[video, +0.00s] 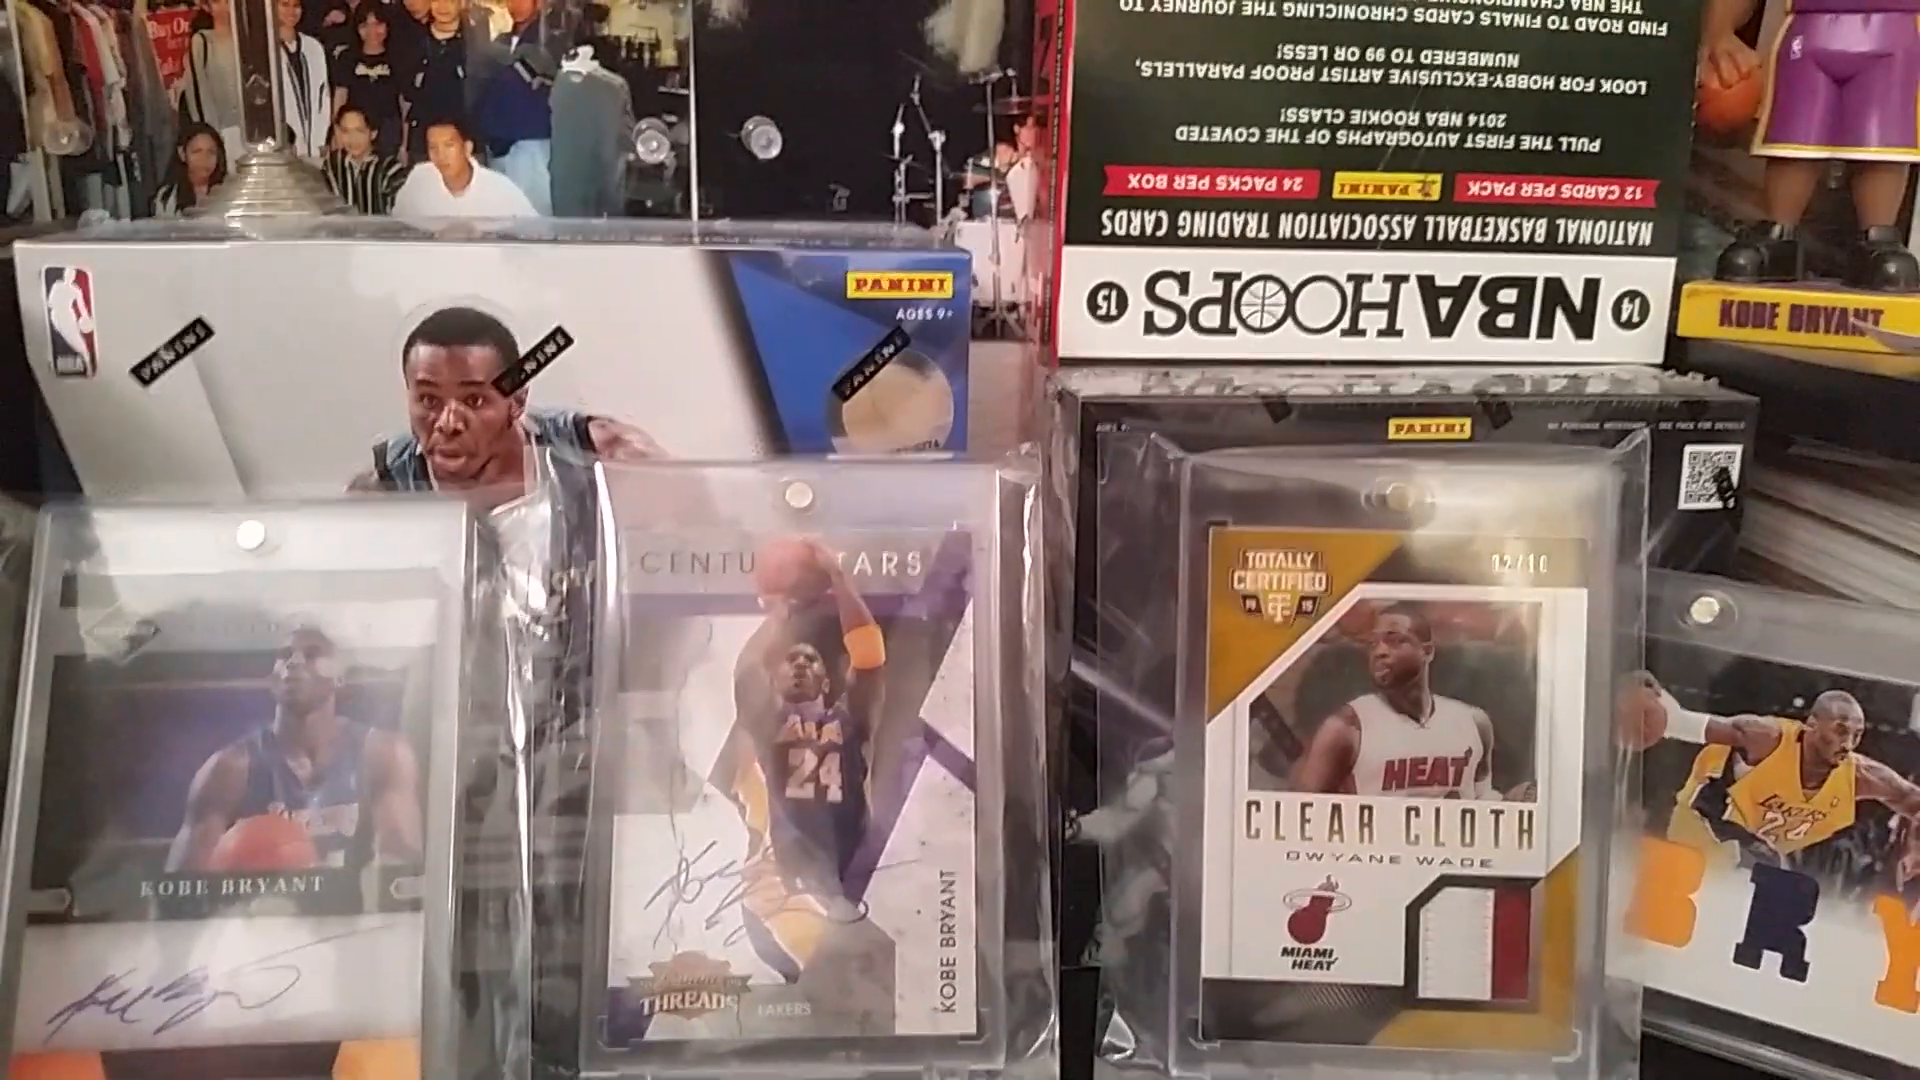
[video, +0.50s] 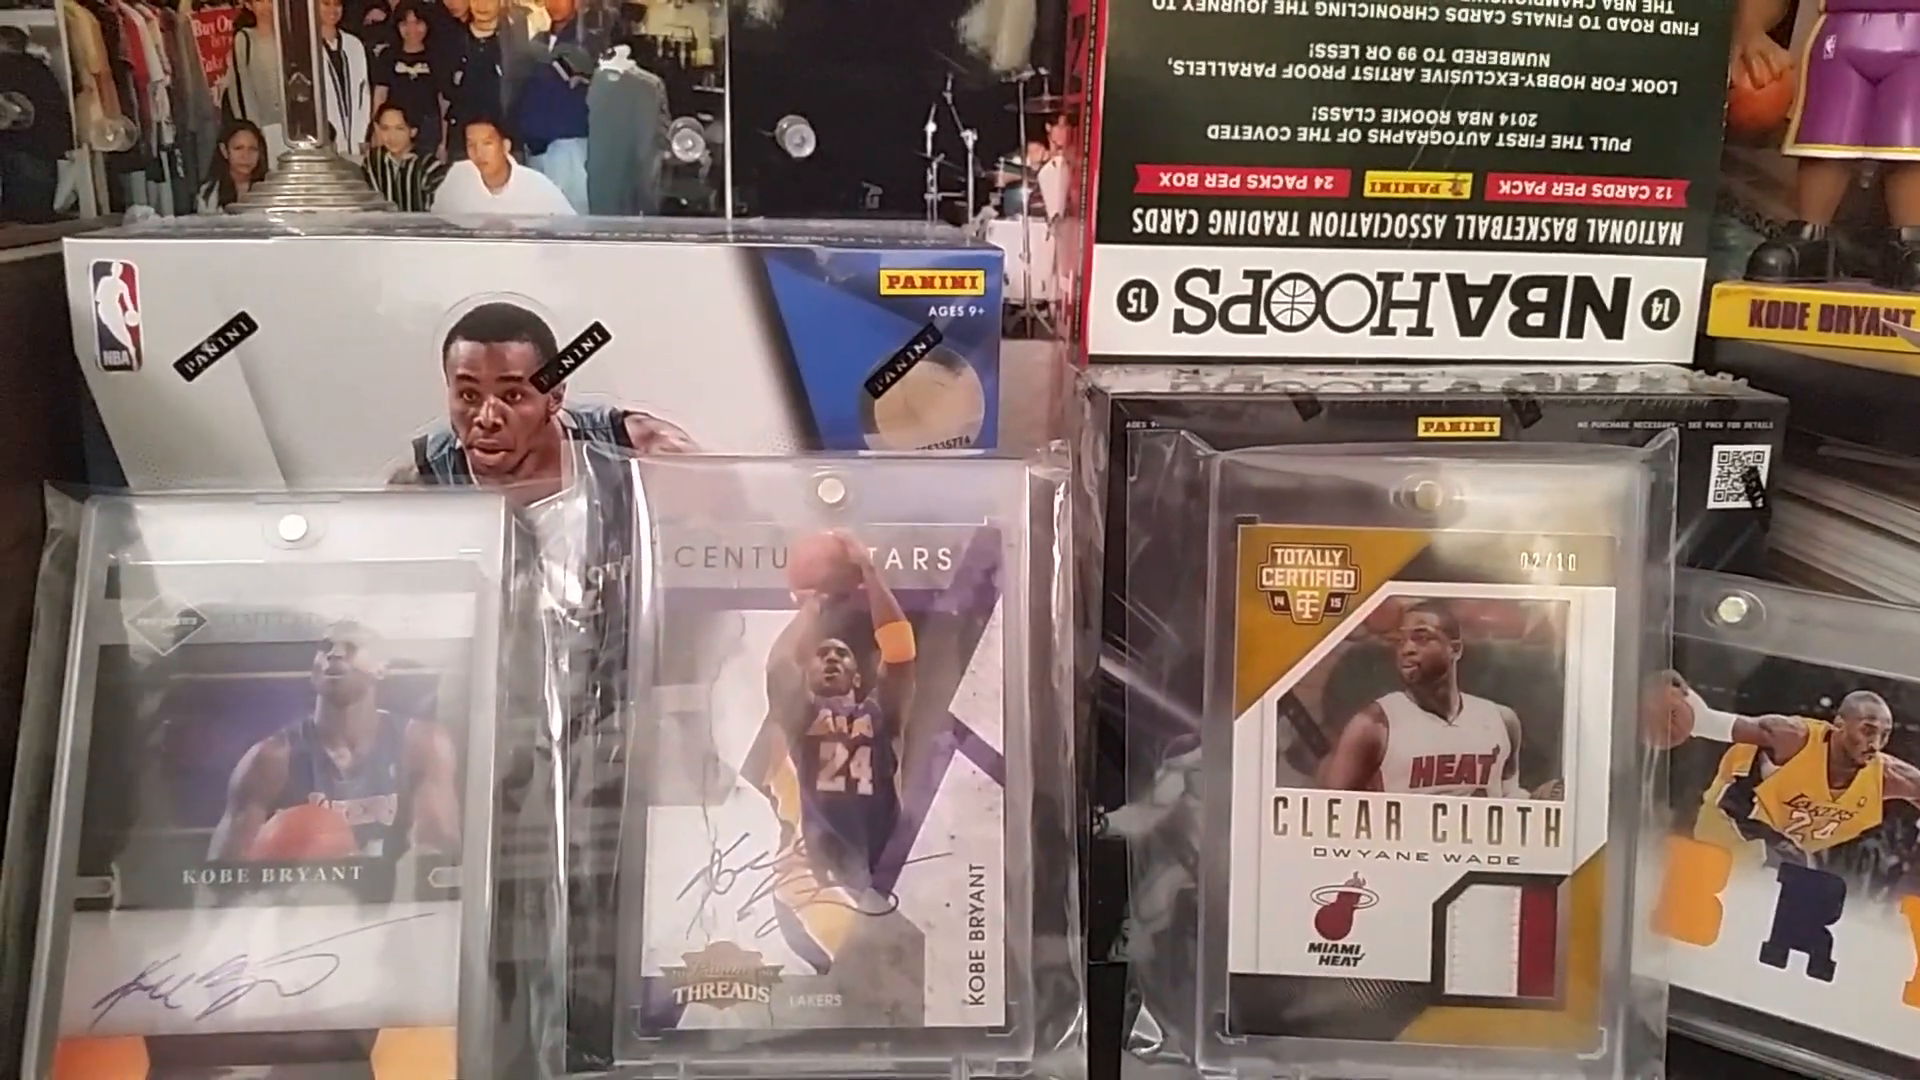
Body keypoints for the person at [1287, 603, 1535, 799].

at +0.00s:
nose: (1379, 651)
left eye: (1395, 641)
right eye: (1374, 643)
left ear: (1428, 651)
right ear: (1368, 652)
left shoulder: (1474, 724)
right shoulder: (1344, 729)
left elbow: (1481, 804)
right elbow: (1296, 816)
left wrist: (1510, 803)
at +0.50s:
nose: (1406, 649)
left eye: (1422, 637)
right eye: (1401, 640)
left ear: (1456, 649)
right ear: (1394, 648)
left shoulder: (1503, 723)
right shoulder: (1372, 726)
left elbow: (1508, 800)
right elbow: (1326, 816)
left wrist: (1537, 802)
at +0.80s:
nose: (1418, 649)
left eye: (1434, 637)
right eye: (1413, 640)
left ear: (1467, 648)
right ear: (1407, 648)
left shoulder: (1515, 723)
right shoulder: (1383, 726)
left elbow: (1519, 802)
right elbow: (1342, 817)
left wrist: (1548, 802)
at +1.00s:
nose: (1451, 645)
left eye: (1465, 636)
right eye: (1444, 638)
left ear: (1498, 647)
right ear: (1437, 650)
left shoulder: (1546, 720)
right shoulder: (1415, 721)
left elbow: (1554, 799)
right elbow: (1374, 807)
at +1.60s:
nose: (1441, 639)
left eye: (1456, 628)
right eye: (1438, 630)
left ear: (1488, 638)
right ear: (1431, 638)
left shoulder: (1536, 712)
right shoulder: (1406, 715)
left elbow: (1542, 792)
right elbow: (1366, 799)